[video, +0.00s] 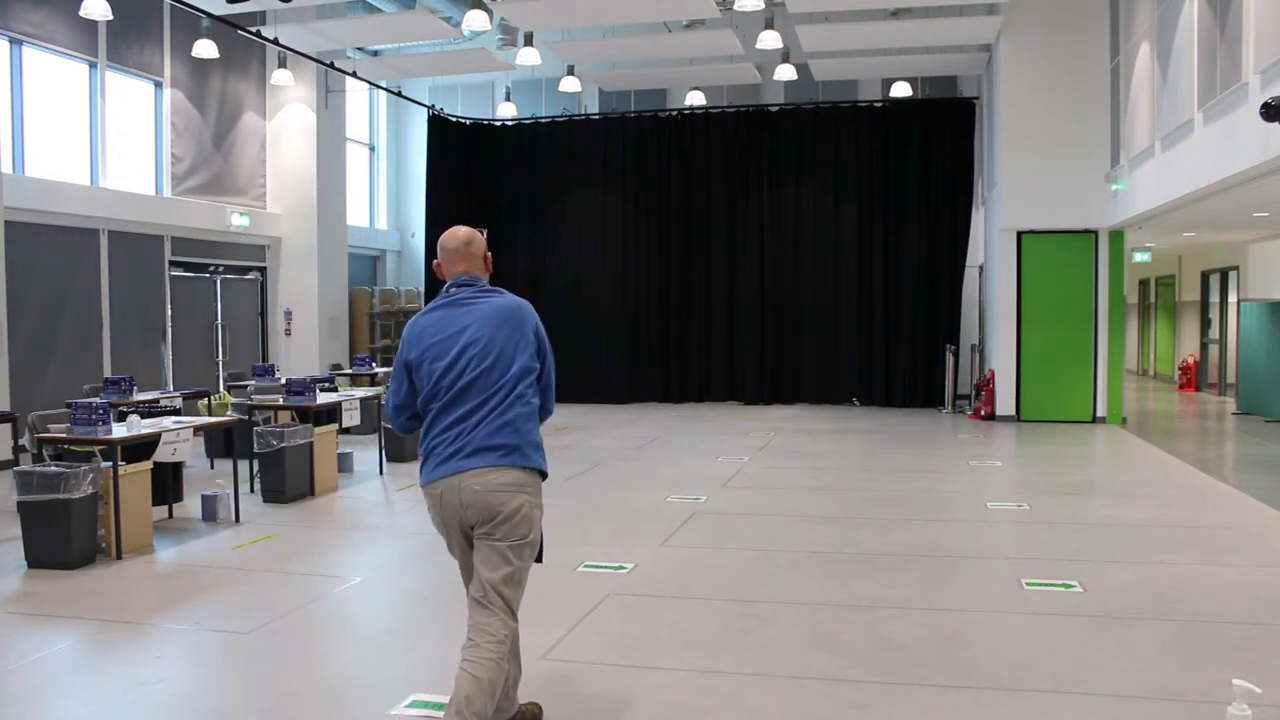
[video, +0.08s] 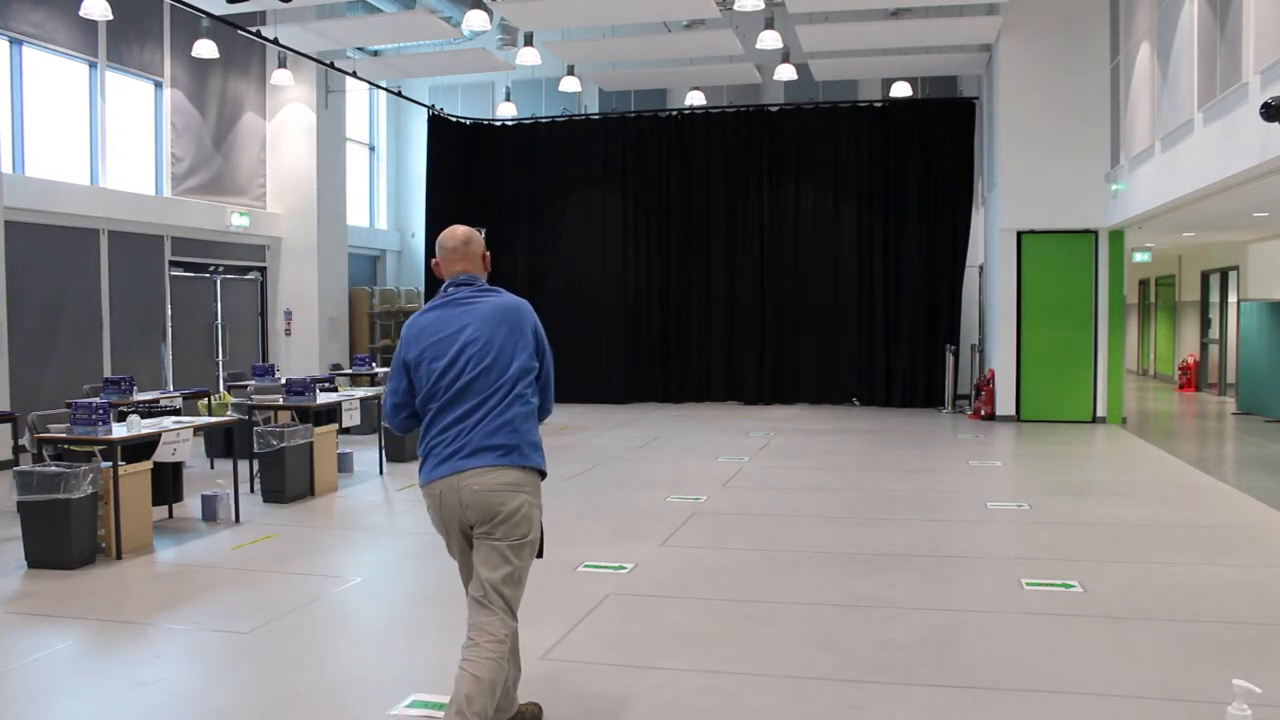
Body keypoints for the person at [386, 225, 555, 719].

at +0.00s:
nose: (490, 260)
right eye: (488, 253)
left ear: (438, 269)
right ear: (488, 263)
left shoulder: (418, 327)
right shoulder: (521, 312)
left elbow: (401, 416)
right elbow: (543, 402)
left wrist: (448, 409)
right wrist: (499, 415)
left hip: (442, 485)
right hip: (509, 480)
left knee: (488, 600)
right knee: (493, 613)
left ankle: (503, 707)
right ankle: (463, 717)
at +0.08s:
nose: (488, 260)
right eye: (486, 254)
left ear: (437, 268)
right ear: (486, 262)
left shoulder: (416, 327)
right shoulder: (519, 312)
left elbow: (399, 417)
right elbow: (542, 402)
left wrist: (446, 408)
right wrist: (498, 416)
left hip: (442, 485)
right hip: (508, 480)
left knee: (487, 600)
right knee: (493, 611)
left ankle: (503, 707)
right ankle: (463, 717)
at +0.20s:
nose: (486, 258)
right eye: (484, 252)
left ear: (435, 266)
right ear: (484, 261)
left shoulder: (414, 326)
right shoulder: (517, 311)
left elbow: (396, 416)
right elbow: (541, 400)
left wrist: (444, 408)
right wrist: (500, 414)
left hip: (440, 485)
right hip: (506, 480)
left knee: (485, 600)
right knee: (492, 609)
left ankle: (502, 707)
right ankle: (463, 716)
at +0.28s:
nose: (483, 258)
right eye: (482, 252)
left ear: (433, 266)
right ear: (483, 260)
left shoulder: (411, 325)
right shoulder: (515, 310)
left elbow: (394, 415)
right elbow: (540, 401)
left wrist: (441, 404)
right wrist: (499, 411)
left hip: (439, 484)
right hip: (505, 479)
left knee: (482, 599)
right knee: (490, 607)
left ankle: (501, 706)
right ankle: (461, 716)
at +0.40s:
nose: (480, 257)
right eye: (478, 251)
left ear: (429, 265)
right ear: (478, 259)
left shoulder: (408, 325)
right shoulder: (511, 309)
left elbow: (393, 414)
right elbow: (541, 399)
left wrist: (438, 412)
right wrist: (504, 416)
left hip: (437, 483)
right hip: (503, 477)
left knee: (479, 598)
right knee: (487, 607)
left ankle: (497, 708)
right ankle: (459, 717)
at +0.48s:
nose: (476, 257)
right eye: (476, 251)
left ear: (426, 265)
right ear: (476, 259)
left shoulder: (405, 325)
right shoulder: (508, 307)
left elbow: (391, 414)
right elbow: (542, 395)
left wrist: (436, 411)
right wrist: (507, 419)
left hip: (434, 482)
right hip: (500, 476)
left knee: (475, 599)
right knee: (485, 607)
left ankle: (495, 707)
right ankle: (455, 716)